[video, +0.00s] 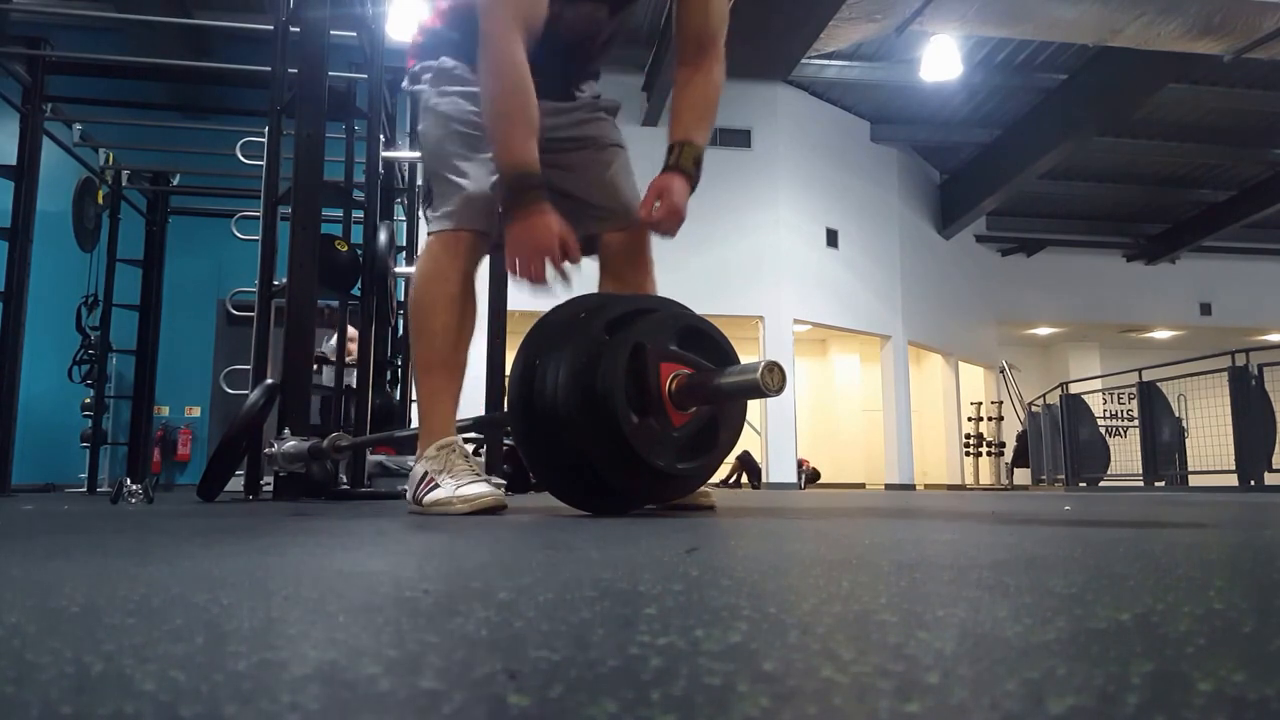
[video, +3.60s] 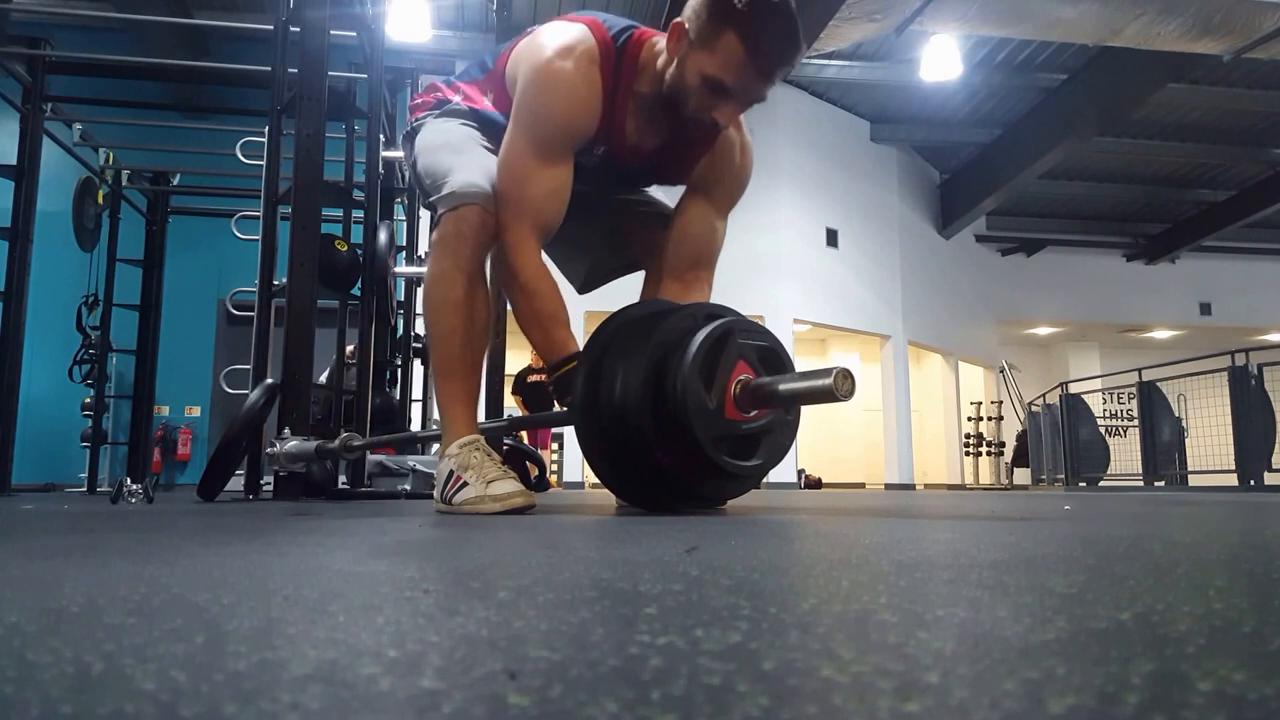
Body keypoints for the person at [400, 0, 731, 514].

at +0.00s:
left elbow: (702, 54)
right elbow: (502, 34)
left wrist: (681, 167)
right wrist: (524, 195)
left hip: (566, 84)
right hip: (463, 65)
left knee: (627, 232)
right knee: (463, 223)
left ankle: (648, 456)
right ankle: (437, 453)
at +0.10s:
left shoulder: (700, 3)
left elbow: (680, 86)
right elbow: (518, 94)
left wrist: (659, 186)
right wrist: (538, 270)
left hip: (565, 99)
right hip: (460, 77)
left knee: (631, 235)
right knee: (468, 208)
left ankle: (646, 454)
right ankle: (438, 452)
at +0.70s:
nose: (722, 7)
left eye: (732, 3)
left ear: (740, 3)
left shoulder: (729, 29)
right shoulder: (558, 11)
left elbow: (672, 155)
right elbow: (533, 174)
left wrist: (635, 215)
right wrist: (558, 325)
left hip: (579, 122)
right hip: (471, 97)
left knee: (650, 238)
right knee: (490, 208)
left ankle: (647, 454)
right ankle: (439, 453)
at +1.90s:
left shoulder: (723, 5)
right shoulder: (535, 2)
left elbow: (707, 135)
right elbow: (516, 100)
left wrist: (684, 268)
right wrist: (547, 270)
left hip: (576, 107)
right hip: (473, 76)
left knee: (631, 241)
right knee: (496, 225)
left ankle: (630, 463)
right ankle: (456, 449)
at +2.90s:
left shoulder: (734, 42)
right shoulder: (565, 5)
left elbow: (695, 183)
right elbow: (539, 156)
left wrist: (661, 321)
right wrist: (567, 321)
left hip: (584, 126)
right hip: (476, 93)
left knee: (657, 243)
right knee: (491, 203)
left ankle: (652, 458)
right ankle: (462, 449)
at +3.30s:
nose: (728, 86)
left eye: (749, 74)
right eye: (720, 59)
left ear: (766, 64)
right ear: (683, 10)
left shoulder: (729, 122)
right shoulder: (566, 42)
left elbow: (683, 252)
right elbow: (530, 218)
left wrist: (654, 384)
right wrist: (570, 362)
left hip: (581, 152)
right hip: (477, 112)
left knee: (673, 240)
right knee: (480, 206)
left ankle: (656, 446)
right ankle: (461, 452)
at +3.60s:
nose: (725, 118)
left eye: (746, 104)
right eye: (715, 89)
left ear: (765, 91)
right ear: (677, 40)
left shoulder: (727, 152)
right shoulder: (566, 69)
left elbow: (688, 276)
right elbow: (520, 245)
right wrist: (577, 380)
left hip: (574, 160)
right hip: (473, 120)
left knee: (677, 248)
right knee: (472, 213)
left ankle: (656, 453)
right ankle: (461, 452)